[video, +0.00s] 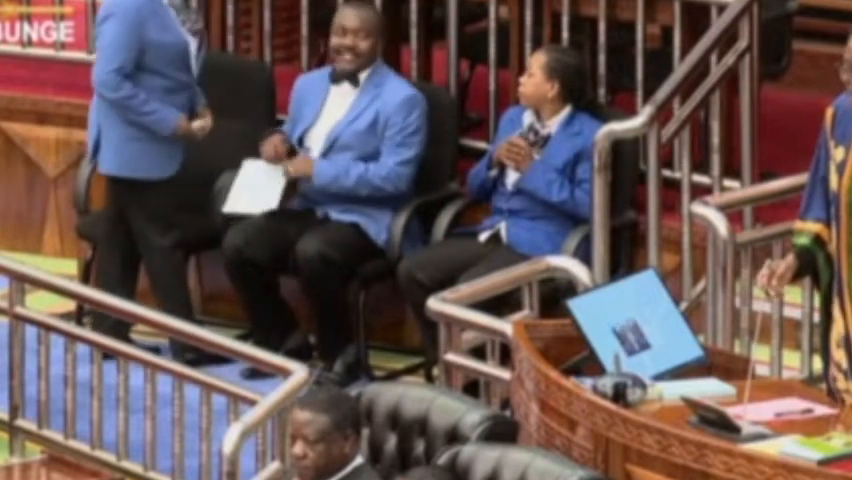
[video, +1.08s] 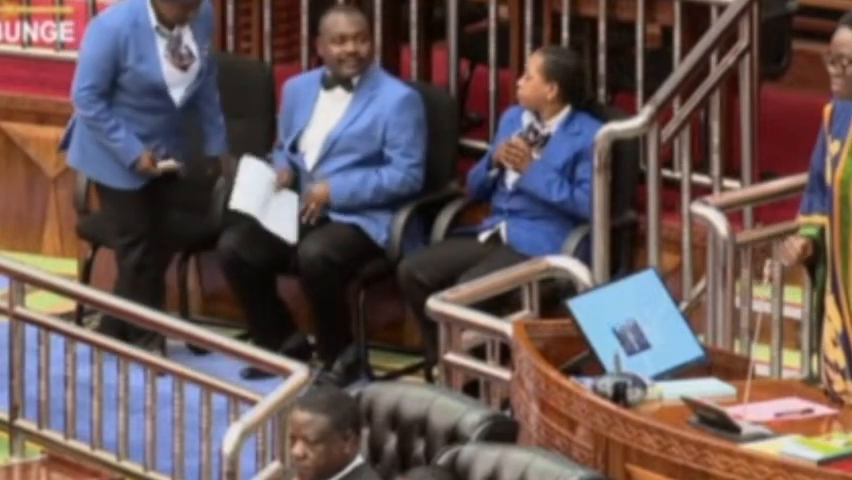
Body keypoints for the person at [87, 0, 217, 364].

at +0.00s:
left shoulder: (160, 9)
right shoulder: (127, 8)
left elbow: (176, 69)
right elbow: (108, 80)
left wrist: (198, 104)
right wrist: (172, 122)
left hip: (148, 151)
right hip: (135, 153)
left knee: (120, 248)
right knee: (163, 248)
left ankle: (111, 334)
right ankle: (186, 340)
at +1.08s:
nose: (189, 15)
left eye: (194, 8)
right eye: (182, 8)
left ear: (198, 5)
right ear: (159, 2)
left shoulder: (202, 18)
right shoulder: (113, 27)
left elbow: (206, 86)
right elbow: (86, 98)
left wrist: (216, 148)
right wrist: (134, 152)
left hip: (170, 151)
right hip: (115, 151)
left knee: (160, 244)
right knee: (137, 245)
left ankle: (115, 328)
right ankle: (146, 337)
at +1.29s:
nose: (197, 27)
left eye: (202, 19)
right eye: (189, 20)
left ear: (208, 10)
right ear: (165, 10)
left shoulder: (213, 24)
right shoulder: (118, 31)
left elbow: (215, 91)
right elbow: (88, 100)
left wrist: (218, 157)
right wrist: (129, 157)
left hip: (173, 143)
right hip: (115, 145)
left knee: (176, 235)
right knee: (132, 243)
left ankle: (175, 330)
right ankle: (145, 336)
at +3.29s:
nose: (221, 15)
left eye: (226, 8)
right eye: (214, 7)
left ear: (230, 7)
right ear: (191, 1)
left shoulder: (240, 30)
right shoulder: (140, 16)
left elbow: (236, 103)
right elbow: (107, 83)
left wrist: (229, 163)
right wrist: (117, 153)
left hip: (195, 142)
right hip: (139, 139)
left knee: (184, 238)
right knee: (139, 238)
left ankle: (181, 331)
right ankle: (146, 331)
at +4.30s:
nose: (199, 3)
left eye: (204, 4)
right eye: (193, 4)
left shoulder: (233, 18)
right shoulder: (137, 10)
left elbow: (231, 92)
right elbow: (108, 77)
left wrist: (227, 158)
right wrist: (117, 151)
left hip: (191, 143)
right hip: (135, 141)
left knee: (181, 239)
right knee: (135, 241)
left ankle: (179, 331)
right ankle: (144, 332)